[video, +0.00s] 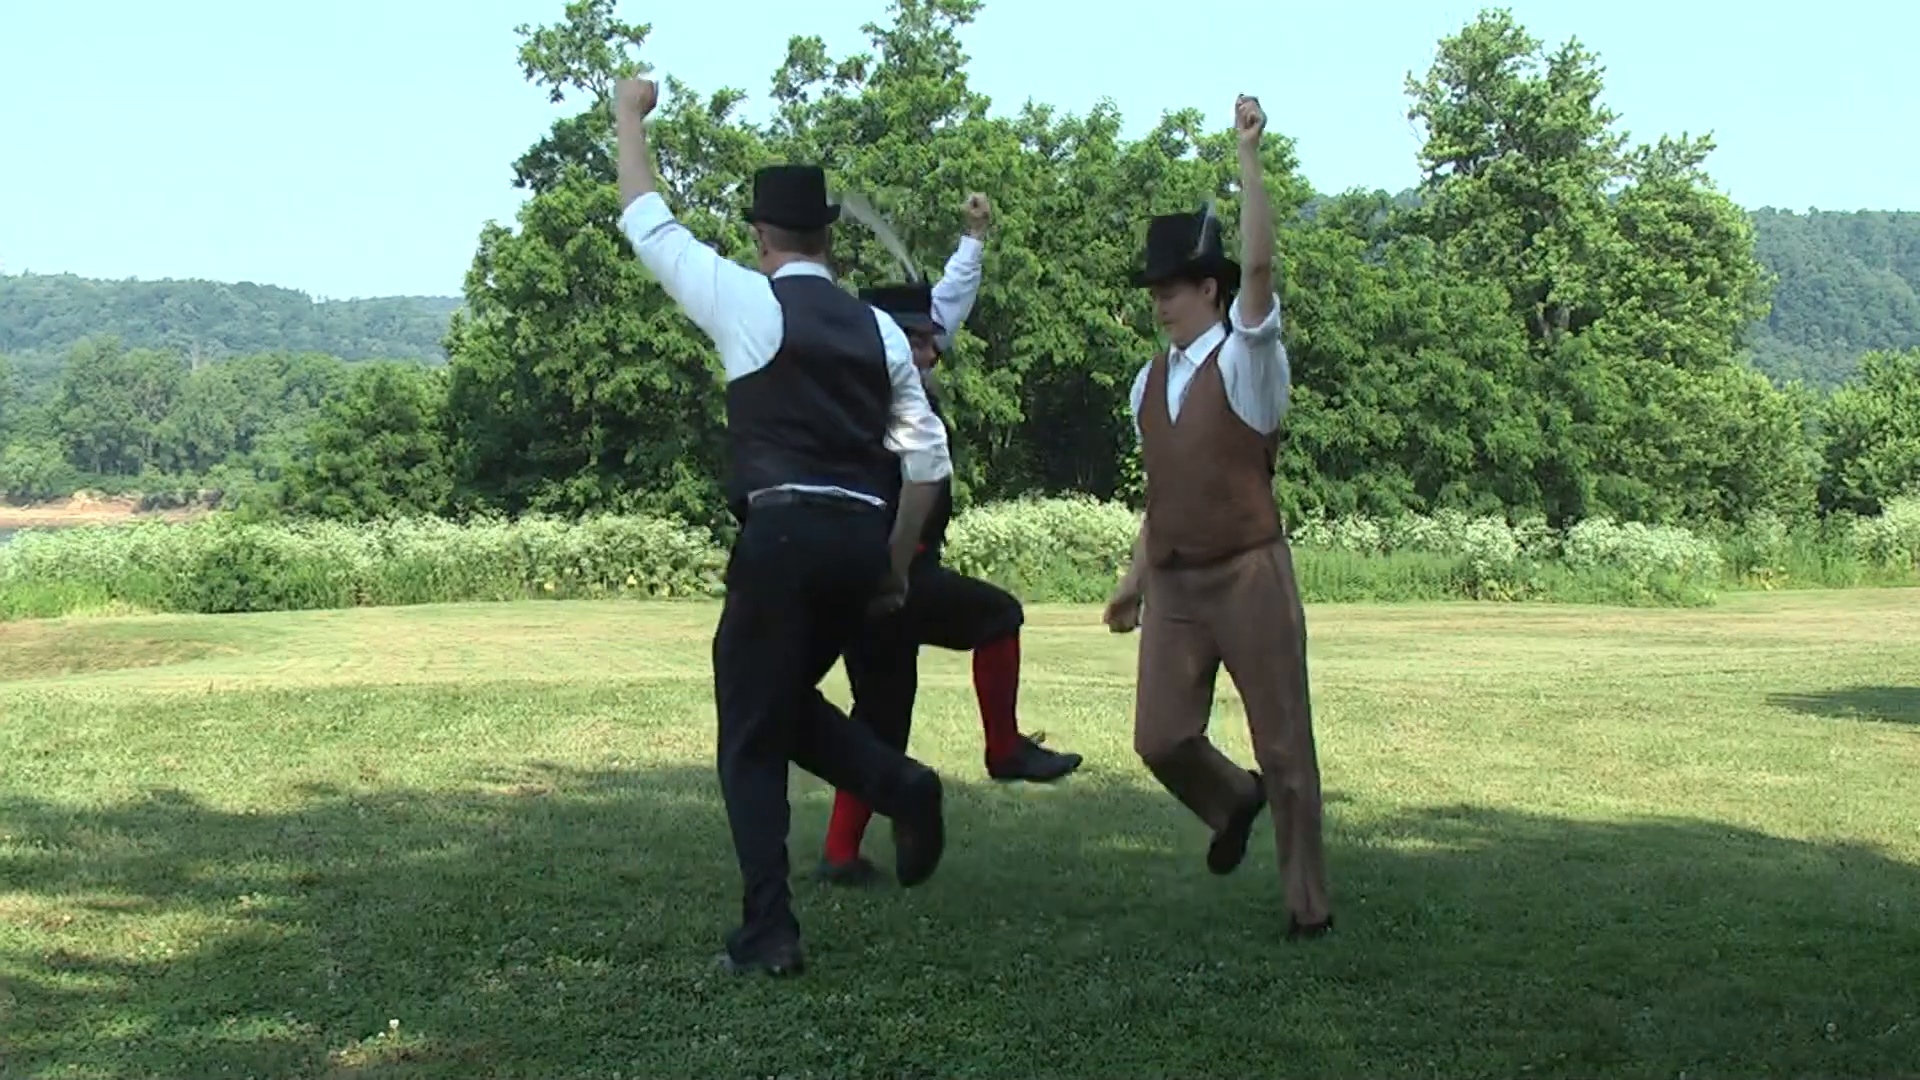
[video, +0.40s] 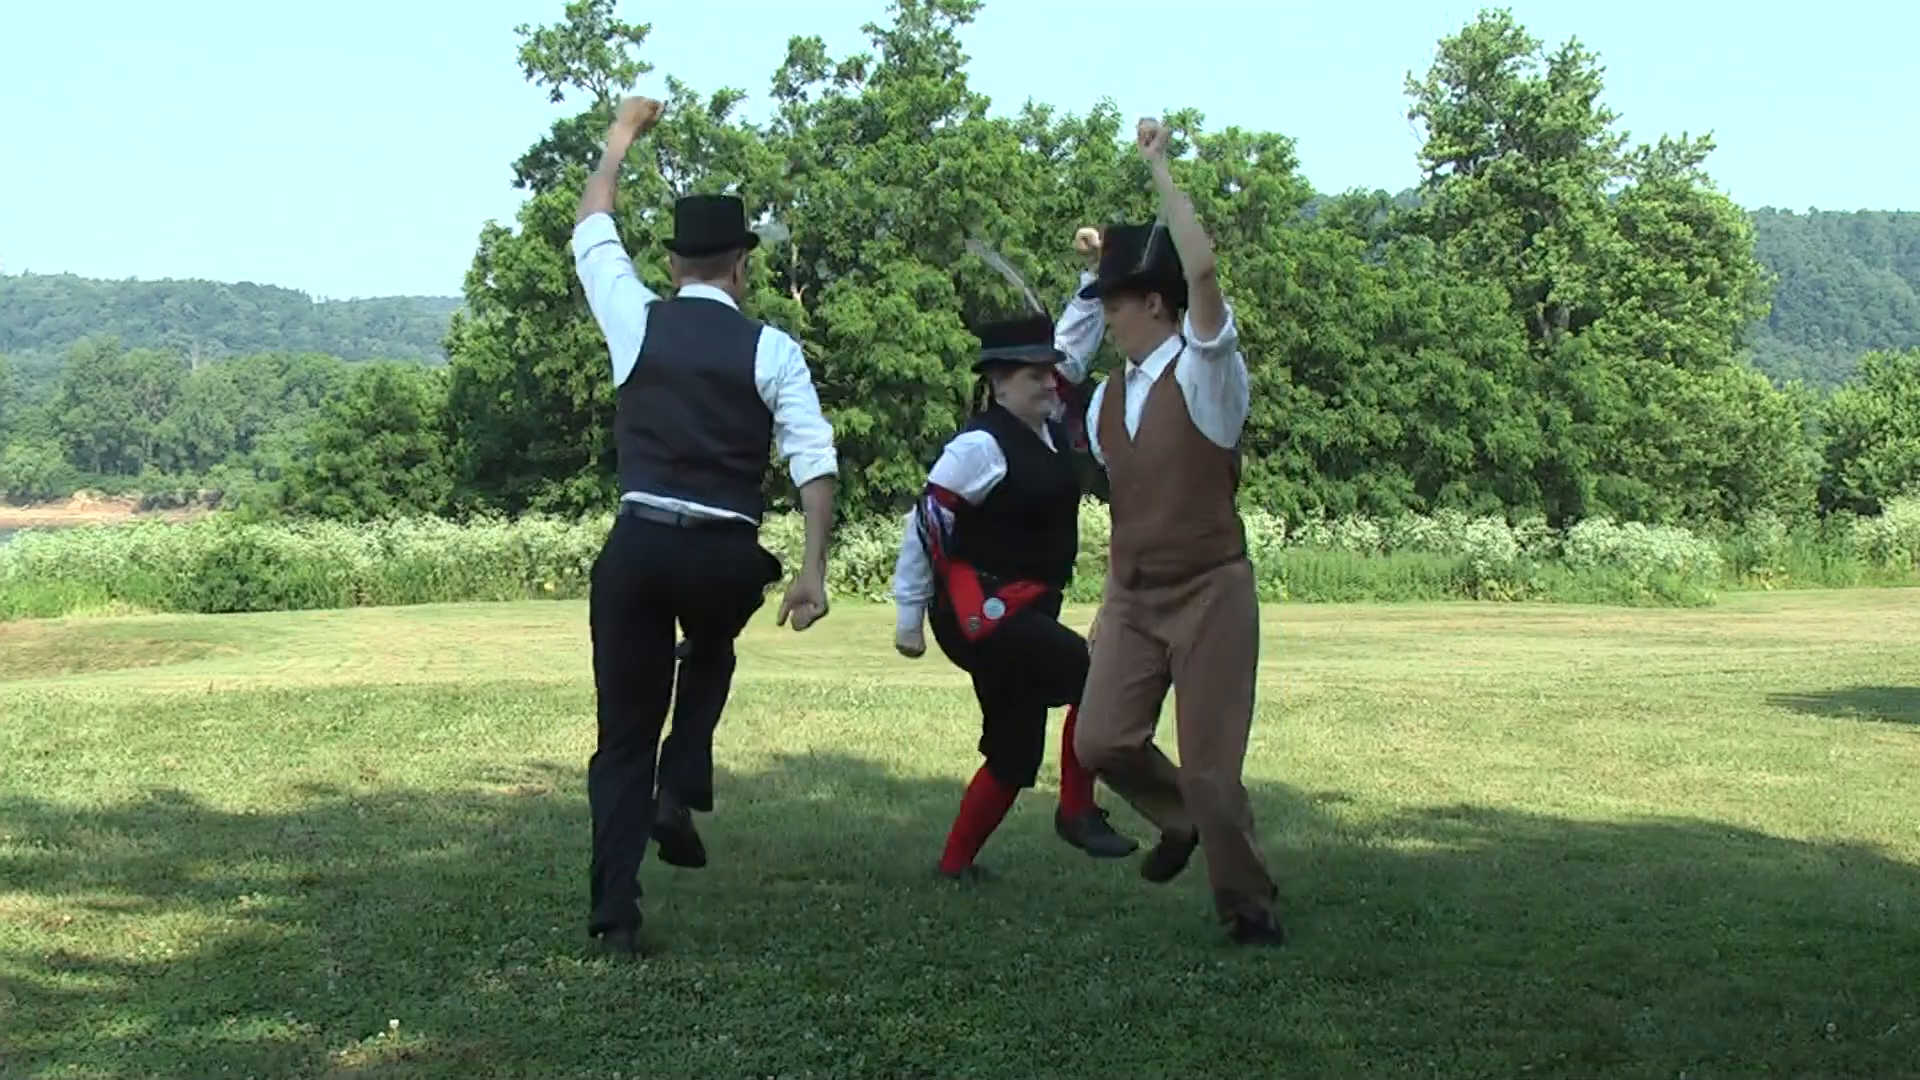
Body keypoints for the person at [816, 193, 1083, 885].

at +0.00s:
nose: (932, 353)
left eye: (933, 341)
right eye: (921, 342)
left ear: (919, 343)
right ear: (892, 344)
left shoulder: (892, 389)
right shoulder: (895, 408)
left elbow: (941, 314)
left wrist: (972, 237)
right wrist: (891, 567)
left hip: (880, 581)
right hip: (890, 583)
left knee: (881, 720)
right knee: (998, 615)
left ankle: (842, 850)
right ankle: (1005, 748)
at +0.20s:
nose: (995, 339)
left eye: (998, 329)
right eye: (982, 329)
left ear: (997, 333)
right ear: (945, 331)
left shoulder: (981, 372)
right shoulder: (930, 390)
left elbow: (1003, 295)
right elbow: (866, 450)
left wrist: (1012, 216)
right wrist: (862, 534)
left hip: (946, 561)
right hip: (933, 561)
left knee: (955, 706)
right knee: (1048, 603)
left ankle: (951, 846)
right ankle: (990, 718)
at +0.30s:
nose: (1024, 373)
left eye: (1026, 364)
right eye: (1011, 364)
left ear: (1023, 370)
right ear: (973, 371)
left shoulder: (1011, 415)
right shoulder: (954, 434)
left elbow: (1033, 339)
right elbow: (895, 519)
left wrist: (1043, 258)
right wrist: (883, 600)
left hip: (992, 594)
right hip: (955, 599)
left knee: (983, 743)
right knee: (1075, 652)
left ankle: (953, 864)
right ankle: (1023, 768)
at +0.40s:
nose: (1051, 383)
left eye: (1054, 371)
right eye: (1037, 373)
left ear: (1058, 376)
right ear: (999, 383)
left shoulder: (1048, 423)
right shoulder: (977, 447)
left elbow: (1072, 346)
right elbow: (924, 526)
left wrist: (1099, 270)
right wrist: (910, 612)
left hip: (1028, 608)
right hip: (979, 611)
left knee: (1013, 756)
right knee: (1091, 671)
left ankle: (954, 865)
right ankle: (1076, 812)